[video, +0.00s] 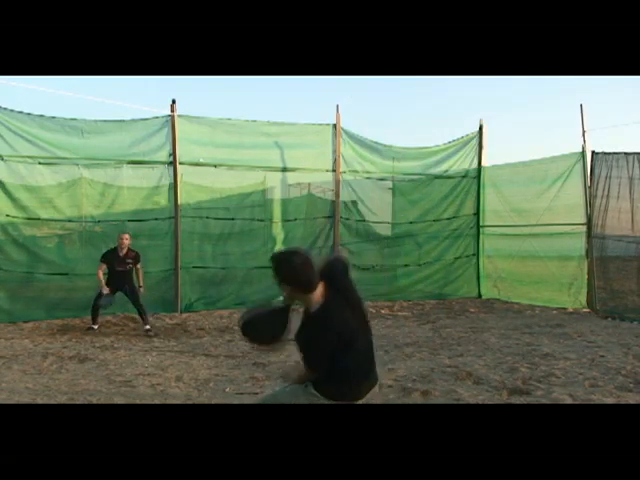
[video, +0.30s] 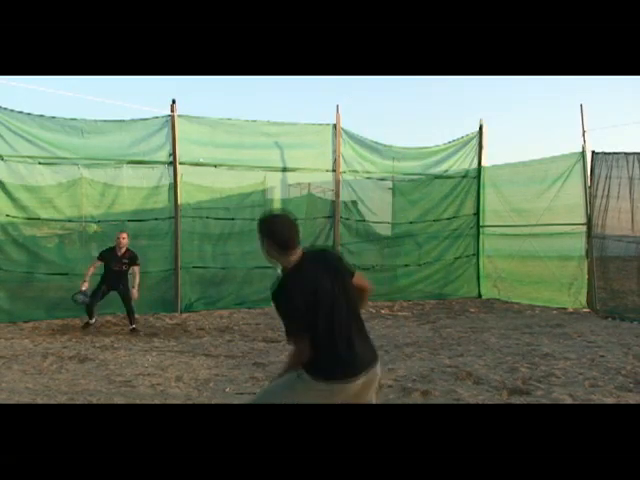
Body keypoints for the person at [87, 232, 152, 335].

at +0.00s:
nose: (123, 242)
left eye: (126, 239)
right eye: (121, 239)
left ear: (129, 241)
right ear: (118, 241)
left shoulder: (134, 255)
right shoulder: (109, 254)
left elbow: (138, 269)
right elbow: (100, 270)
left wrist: (140, 285)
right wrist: (103, 286)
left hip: (127, 284)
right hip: (111, 284)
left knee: (137, 303)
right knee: (97, 303)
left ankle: (147, 325)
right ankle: (94, 324)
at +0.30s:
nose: (121, 241)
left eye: (123, 238)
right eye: (119, 238)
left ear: (127, 241)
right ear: (116, 240)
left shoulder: (131, 256)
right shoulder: (107, 253)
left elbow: (136, 272)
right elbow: (93, 266)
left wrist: (135, 288)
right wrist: (86, 281)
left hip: (122, 283)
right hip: (106, 282)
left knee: (128, 305)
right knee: (90, 302)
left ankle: (133, 325)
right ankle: (91, 320)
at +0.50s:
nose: (107, 255)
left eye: (109, 252)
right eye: (105, 252)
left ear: (113, 253)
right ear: (102, 253)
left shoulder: (120, 262)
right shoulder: (97, 263)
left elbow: (133, 272)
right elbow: (82, 279)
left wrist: (141, 281)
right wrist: (72, 297)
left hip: (116, 283)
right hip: (99, 283)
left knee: (127, 301)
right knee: (83, 298)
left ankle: (133, 326)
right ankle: (77, 322)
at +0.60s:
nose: (97, 265)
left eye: (99, 262)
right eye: (95, 262)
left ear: (104, 262)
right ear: (93, 262)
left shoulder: (112, 267)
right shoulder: (89, 271)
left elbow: (129, 273)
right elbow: (77, 288)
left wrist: (142, 283)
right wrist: (66, 305)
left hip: (110, 285)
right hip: (94, 286)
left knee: (124, 301)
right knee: (78, 301)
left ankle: (133, 325)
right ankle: (74, 325)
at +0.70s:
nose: (86, 274)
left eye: (88, 271)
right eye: (84, 271)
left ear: (94, 269)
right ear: (82, 271)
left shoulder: (102, 270)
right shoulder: (80, 277)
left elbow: (117, 272)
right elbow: (73, 293)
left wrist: (130, 280)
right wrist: (66, 305)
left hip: (102, 287)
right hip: (87, 289)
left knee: (118, 302)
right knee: (72, 302)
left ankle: (132, 325)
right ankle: (73, 326)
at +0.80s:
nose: (82, 274)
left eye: (84, 271)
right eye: (80, 271)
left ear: (89, 269)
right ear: (77, 270)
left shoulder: (96, 269)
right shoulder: (74, 277)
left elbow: (107, 271)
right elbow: (68, 291)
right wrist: (64, 303)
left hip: (96, 286)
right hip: (81, 289)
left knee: (114, 302)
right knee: (68, 303)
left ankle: (130, 324)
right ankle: (71, 325)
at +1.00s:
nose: (79, 258)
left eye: (81, 255)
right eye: (77, 255)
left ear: (85, 254)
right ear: (74, 257)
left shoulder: (93, 261)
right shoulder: (70, 268)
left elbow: (103, 268)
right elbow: (59, 285)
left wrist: (110, 277)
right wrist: (56, 302)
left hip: (95, 284)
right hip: (80, 285)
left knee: (111, 301)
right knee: (68, 301)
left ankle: (118, 319)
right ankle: (71, 325)